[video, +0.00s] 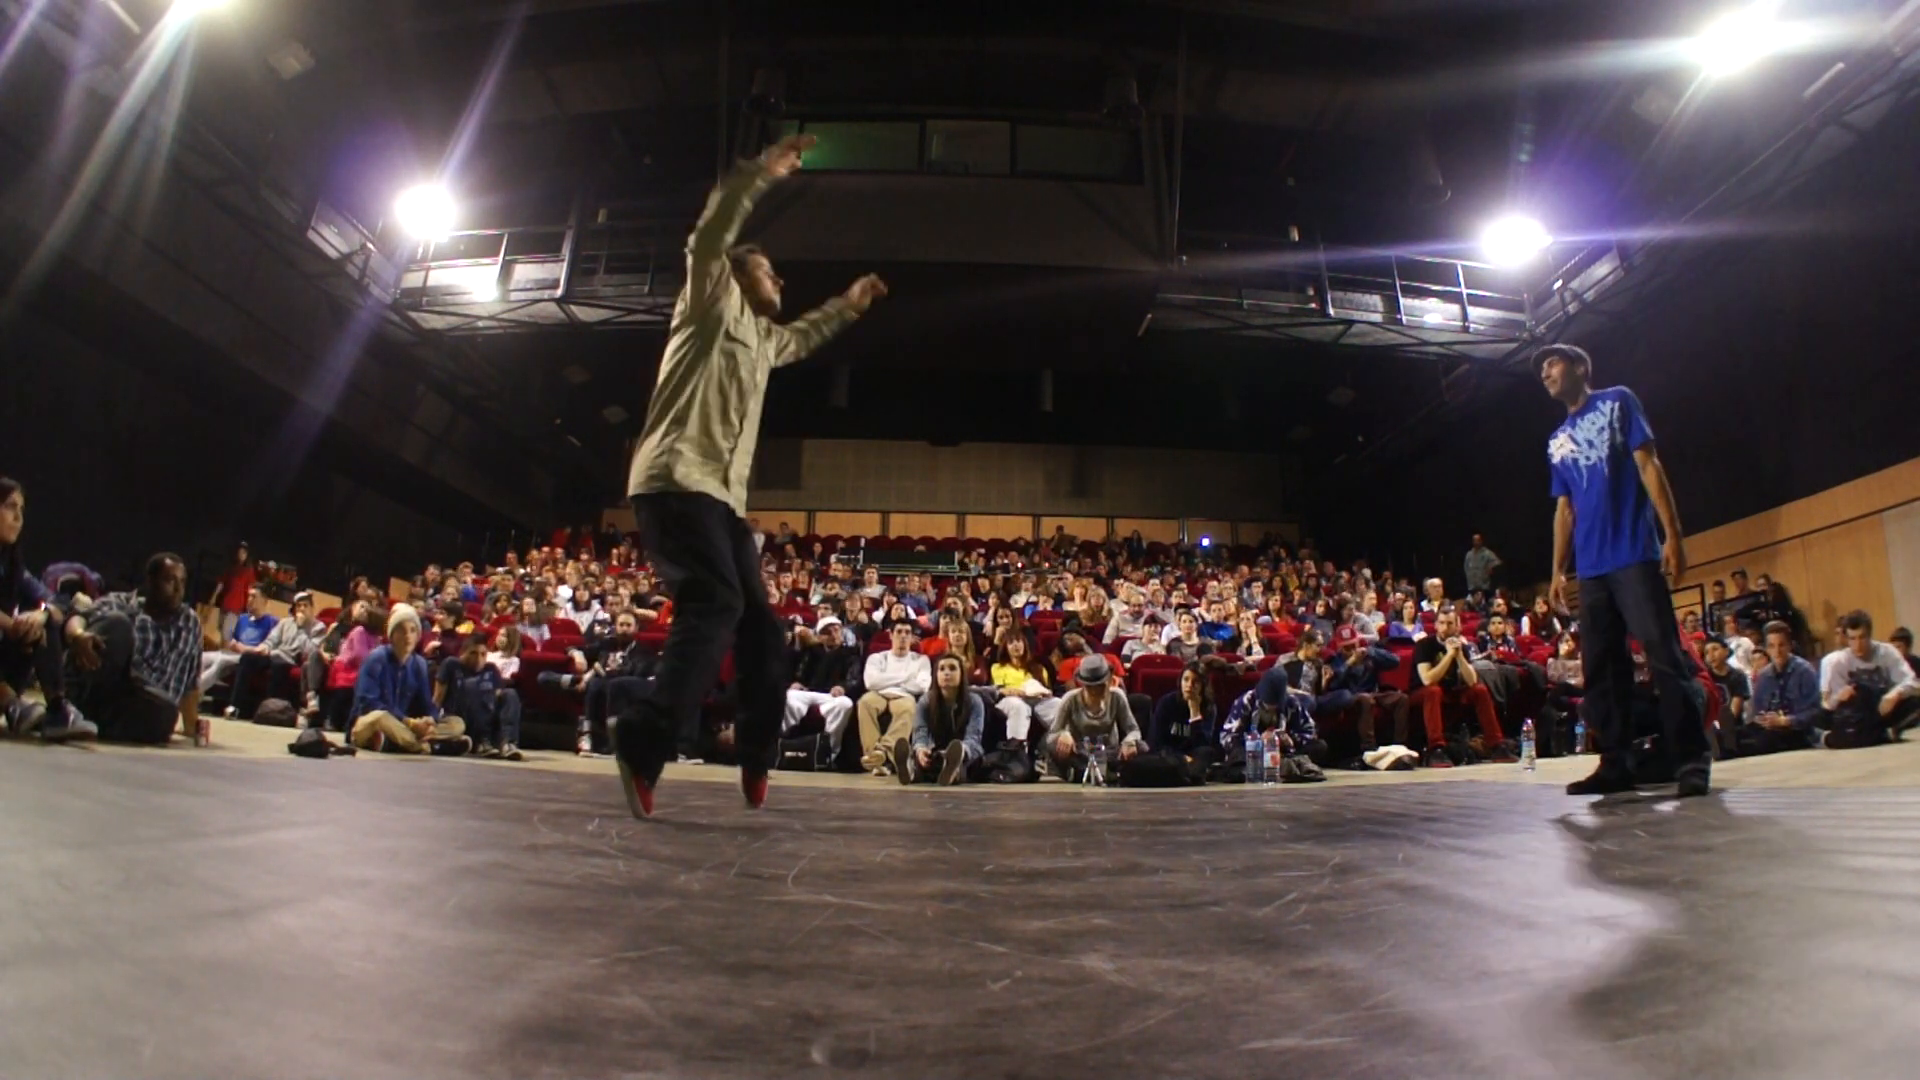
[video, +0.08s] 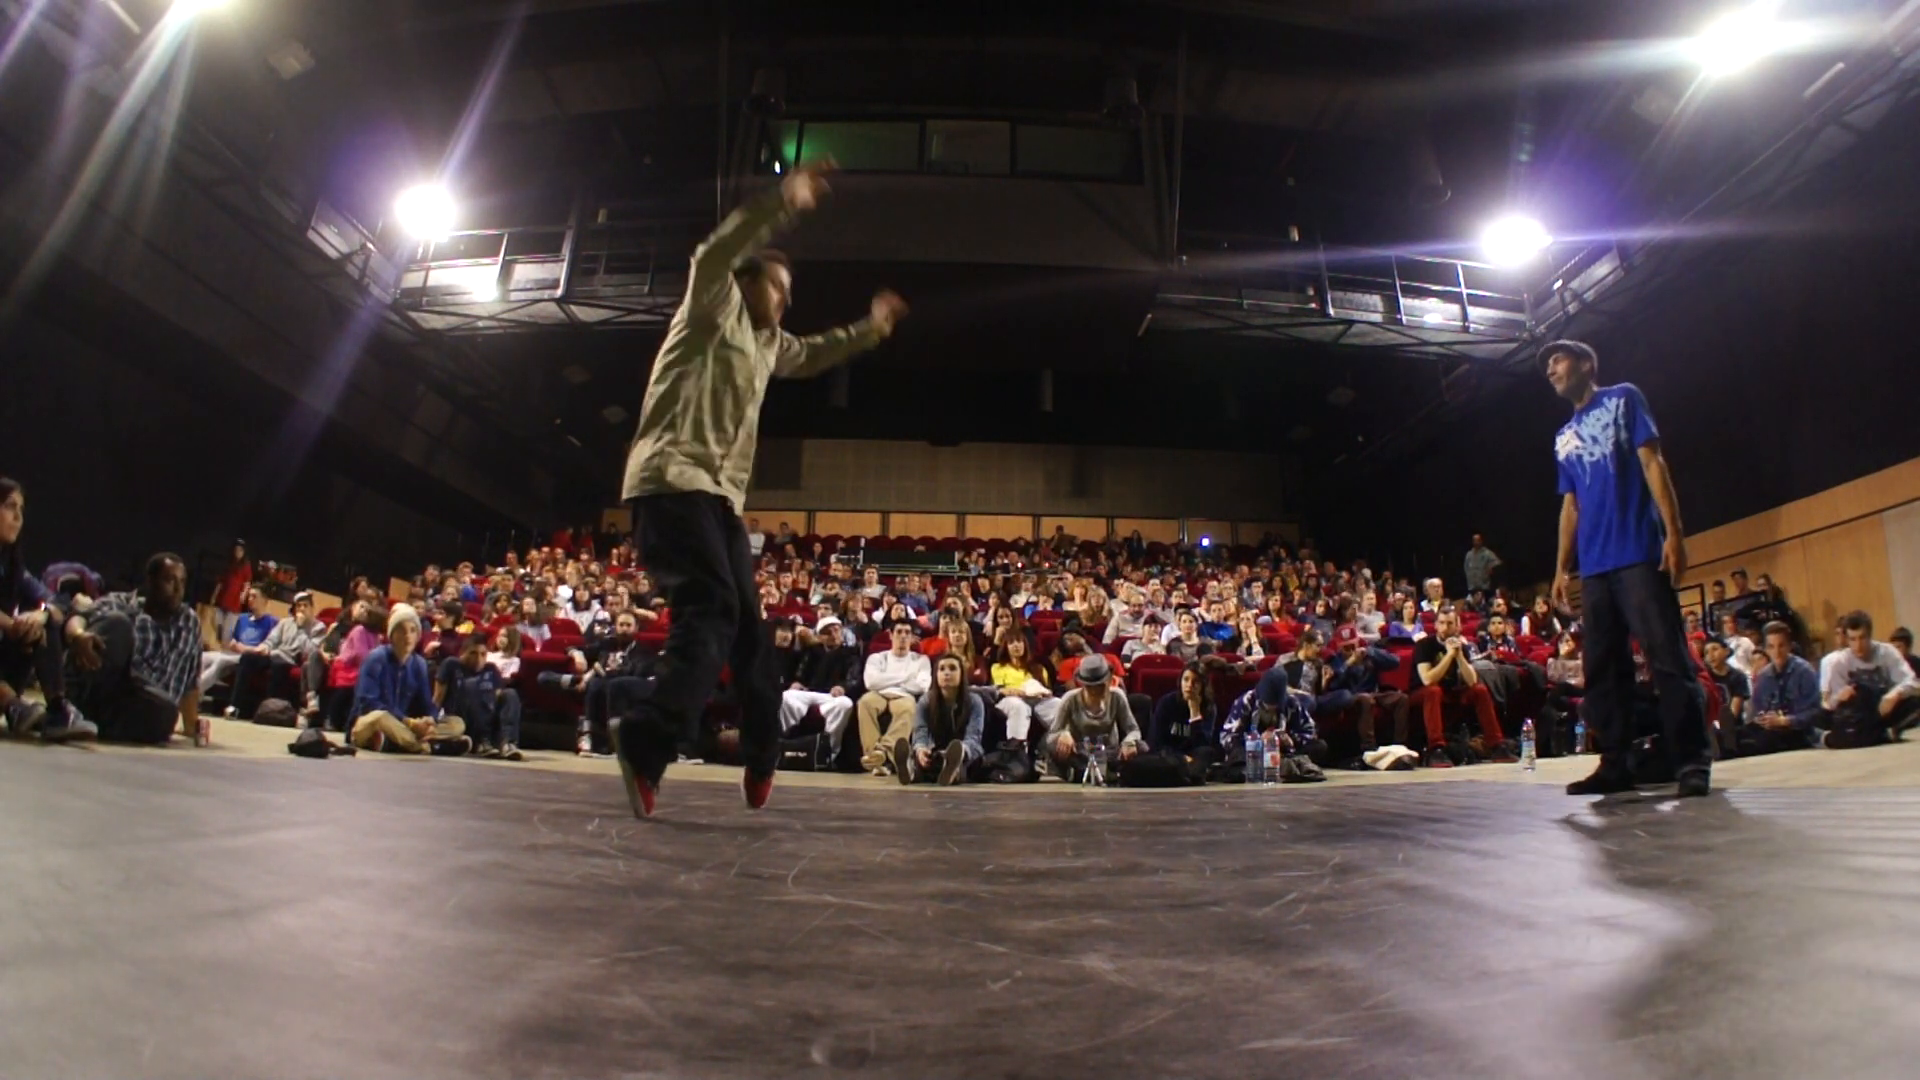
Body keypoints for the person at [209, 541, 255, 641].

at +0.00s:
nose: (241, 555)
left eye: (244, 553)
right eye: (240, 552)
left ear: (247, 555)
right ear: (236, 553)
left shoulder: (248, 570)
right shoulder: (231, 567)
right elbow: (221, 583)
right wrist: (213, 599)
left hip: (237, 605)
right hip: (225, 604)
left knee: (227, 631)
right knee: (222, 630)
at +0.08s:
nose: (238, 553)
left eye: (240, 550)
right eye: (236, 550)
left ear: (244, 552)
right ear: (233, 551)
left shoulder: (245, 565)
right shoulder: (229, 563)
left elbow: (247, 582)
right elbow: (220, 582)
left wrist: (243, 595)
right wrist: (214, 597)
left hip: (235, 602)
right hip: (222, 601)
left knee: (227, 633)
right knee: (217, 627)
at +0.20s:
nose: (233, 551)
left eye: (235, 548)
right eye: (231, 548)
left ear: (239, 550)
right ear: (228, 549)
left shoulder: (241, 563)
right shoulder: (224, 561)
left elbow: (245, 578)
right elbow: (218, 581)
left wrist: (237, 583)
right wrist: (212, 597)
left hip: (232, 600)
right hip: (219, 598)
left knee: (228, 631)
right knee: (212, 624)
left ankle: (227, 650)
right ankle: (205, 643)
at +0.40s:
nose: (222, 557)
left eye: (225, 554)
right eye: (221, 554)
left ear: (228, 556)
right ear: (217, 555)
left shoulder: (231, 569)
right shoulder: (213, 568)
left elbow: (238, 585)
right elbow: (207, 583)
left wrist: (239, 578)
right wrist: (201, 596)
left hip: (224, 604)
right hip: (210, 603)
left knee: (222, 634)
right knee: (204, 632)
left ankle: (224, 654)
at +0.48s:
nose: (218, 560)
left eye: (220, 557)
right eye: (216, 557)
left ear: (224, 559)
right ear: (213, 558)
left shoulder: (226, 572)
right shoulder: (209, 571)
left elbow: (237, 585)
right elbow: (202, 586)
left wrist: (241, 577)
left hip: (218, 609)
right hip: (205, 608)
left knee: (217, 637)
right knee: (202, 638)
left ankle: (227, 653)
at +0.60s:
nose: (214, 558)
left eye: (216, 555)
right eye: (212, 555)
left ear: (219, 557)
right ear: (207, 556)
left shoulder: (221, 570)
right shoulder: (203, 569)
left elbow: (227, 586)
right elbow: (196, 588)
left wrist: (234, 585)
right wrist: (184, 592)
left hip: (213, 606)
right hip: (199, 606)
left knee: (207, 631)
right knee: (196, 630)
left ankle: (217, 642)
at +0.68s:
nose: (212, 555)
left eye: (214, 552)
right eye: (210, 552)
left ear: (217, 555)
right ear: (205, 554)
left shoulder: (219, 569)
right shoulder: (201, 567)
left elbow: (224, 583)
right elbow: (195, 585)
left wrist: (228, 593)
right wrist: (184, 590)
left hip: (211, 603)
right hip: (198, 602)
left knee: (204, 625)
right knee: (196, 625)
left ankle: (212, 640)